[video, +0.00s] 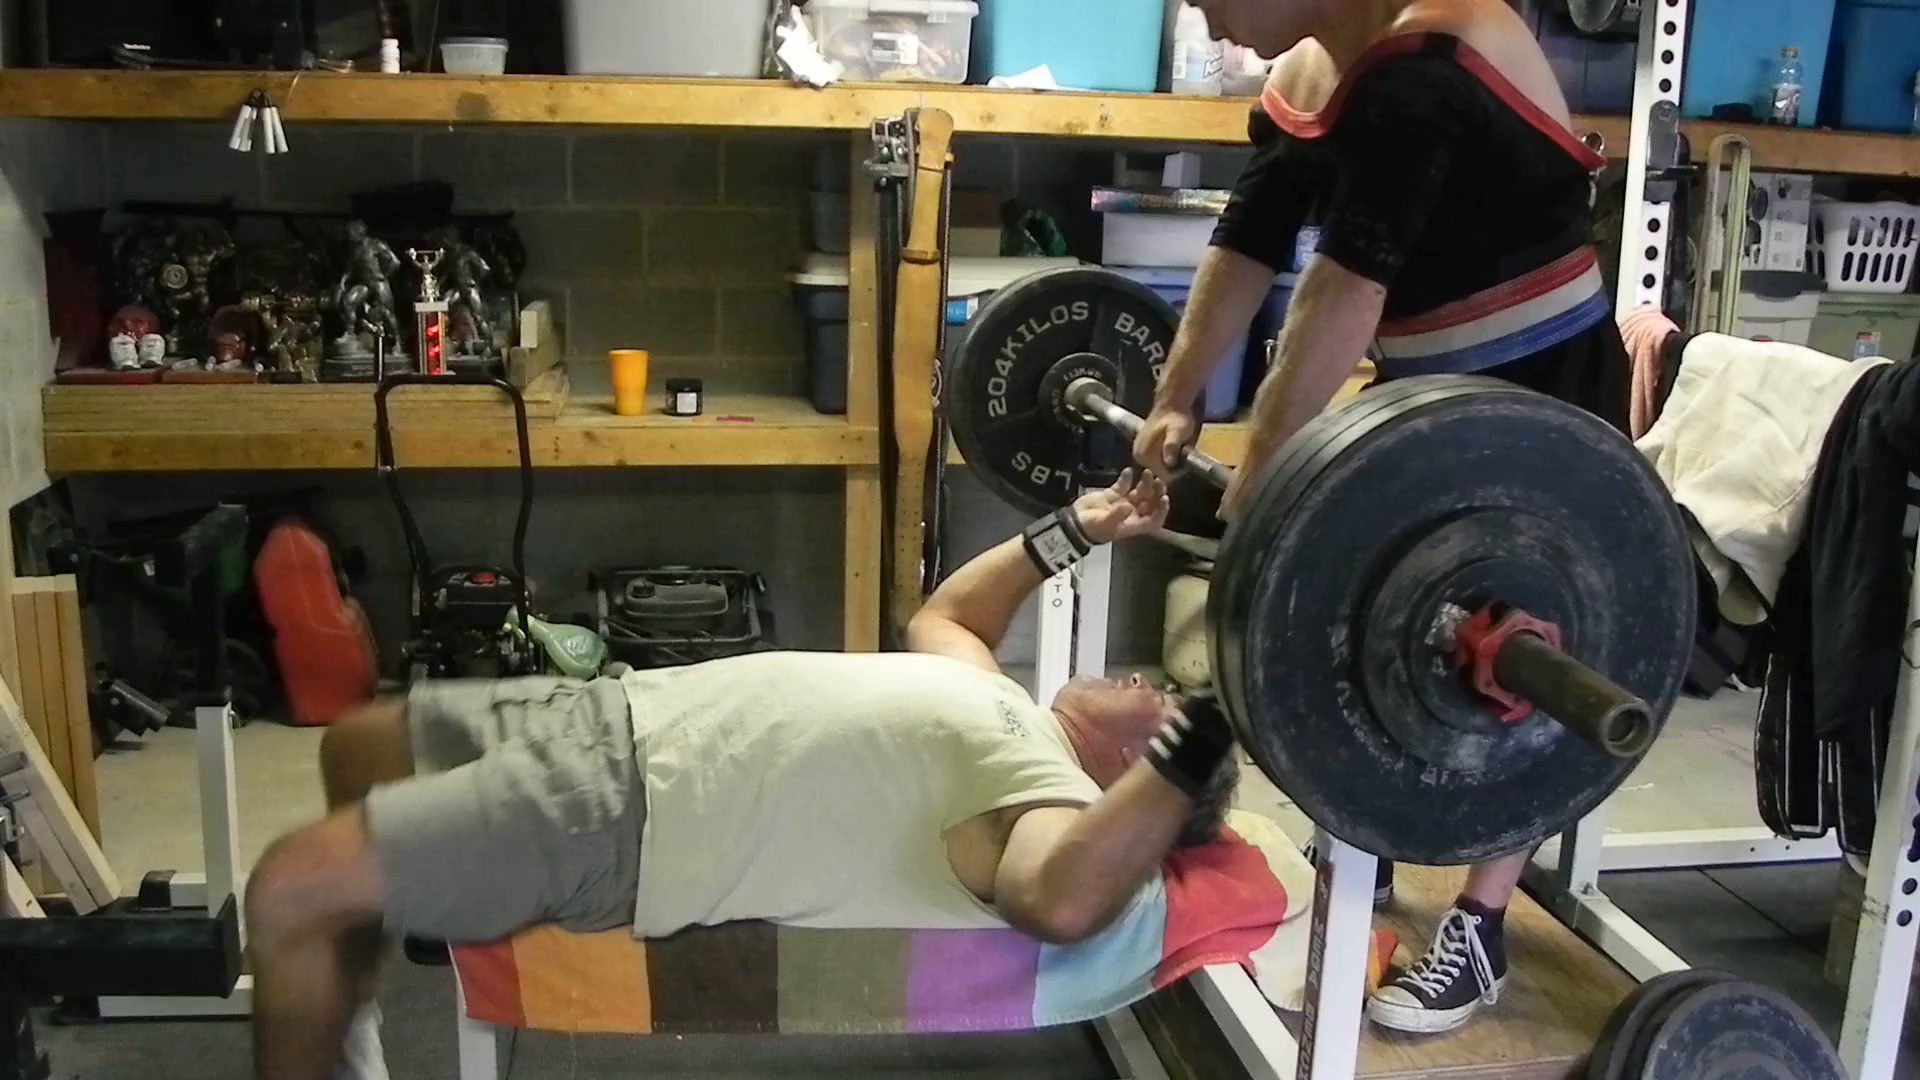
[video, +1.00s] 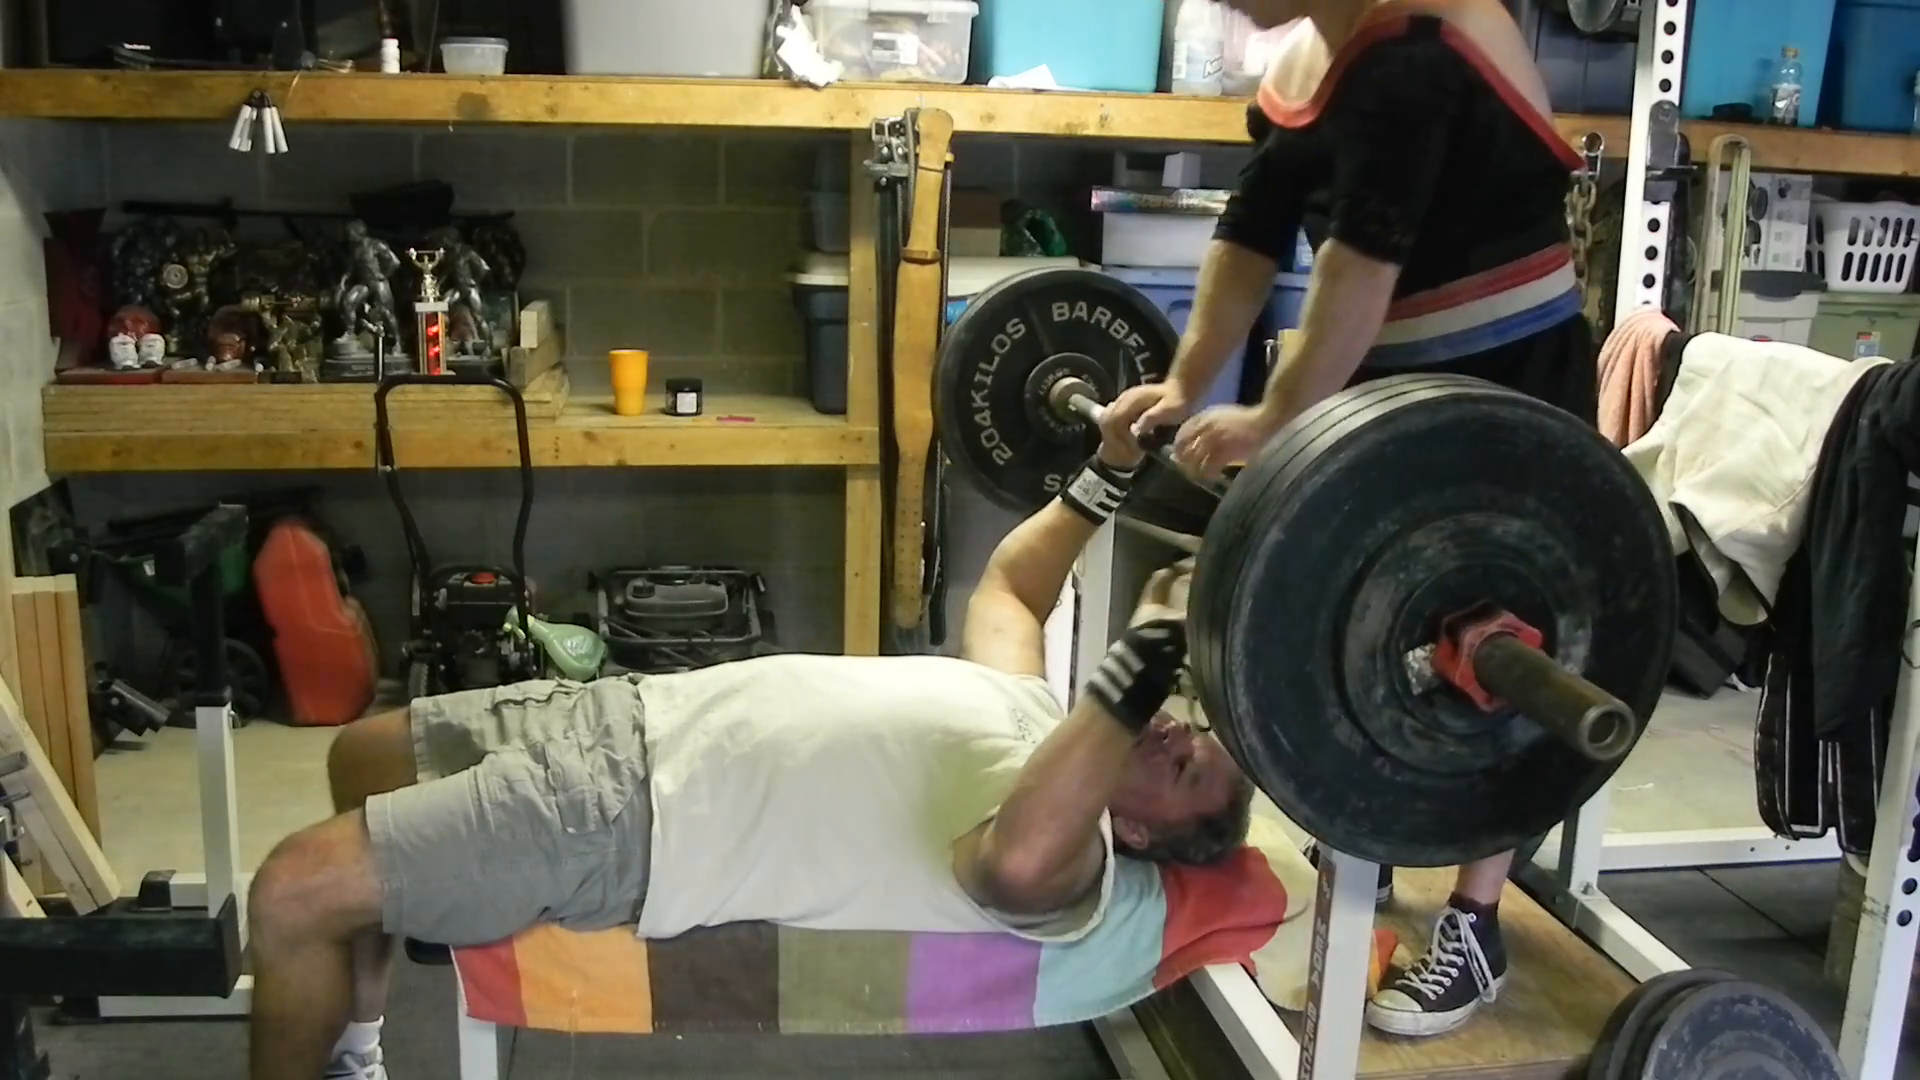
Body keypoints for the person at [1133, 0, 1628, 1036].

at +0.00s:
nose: (1206, 22)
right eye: (1201, 5)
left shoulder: (1419, 75)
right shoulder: (1310, 69)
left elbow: (1341, 304)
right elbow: (1251, 231)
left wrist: (1253, 494)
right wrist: (1172, 404)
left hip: (1535, 391)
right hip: (1412, 382)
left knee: (1522, 648)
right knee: (1384, 620)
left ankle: (1477, 917)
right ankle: (1365, 846)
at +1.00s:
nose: (1230, 6)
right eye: (1229, 4)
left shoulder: (1411, 60)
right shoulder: (1313, 55)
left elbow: (1359, 276)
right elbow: (1257, 219)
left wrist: (1273, 428)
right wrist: (1183, 377)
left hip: (1509, 378)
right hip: (1388, 373)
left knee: (1503, 644)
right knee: (1367, 619)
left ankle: (1471, 918)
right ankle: (1357, 847)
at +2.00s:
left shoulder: (1608, 18)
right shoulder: (1415, 15)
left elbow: (1523, 184)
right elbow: (1328, 152)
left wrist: (1398, 341)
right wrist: (1233, 285)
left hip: (1526, 365)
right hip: (1380, 342)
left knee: (1519, 625)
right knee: (1344, 608)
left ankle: (1526, 893)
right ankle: (1347, 862)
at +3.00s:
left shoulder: (1630, 17)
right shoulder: (1489, 24)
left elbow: (1531, 170)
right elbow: (1381, 157)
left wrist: (1410, 307)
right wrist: (1246, 257)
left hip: (1595, 374)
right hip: (1468, 362)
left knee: (1567, 627)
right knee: (1440, 603)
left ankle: (1530, 898)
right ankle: (1442, 839)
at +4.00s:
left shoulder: (1576, 18)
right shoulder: (1428, 38)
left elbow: (1503, 148)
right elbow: (1314, 164)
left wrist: (1372, 64)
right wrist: (1210, 54)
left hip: (1536, 374)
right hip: (1405, 363)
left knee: (1528, 630)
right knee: (1392, 608)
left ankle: (1528, 891)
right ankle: (1431, 831)